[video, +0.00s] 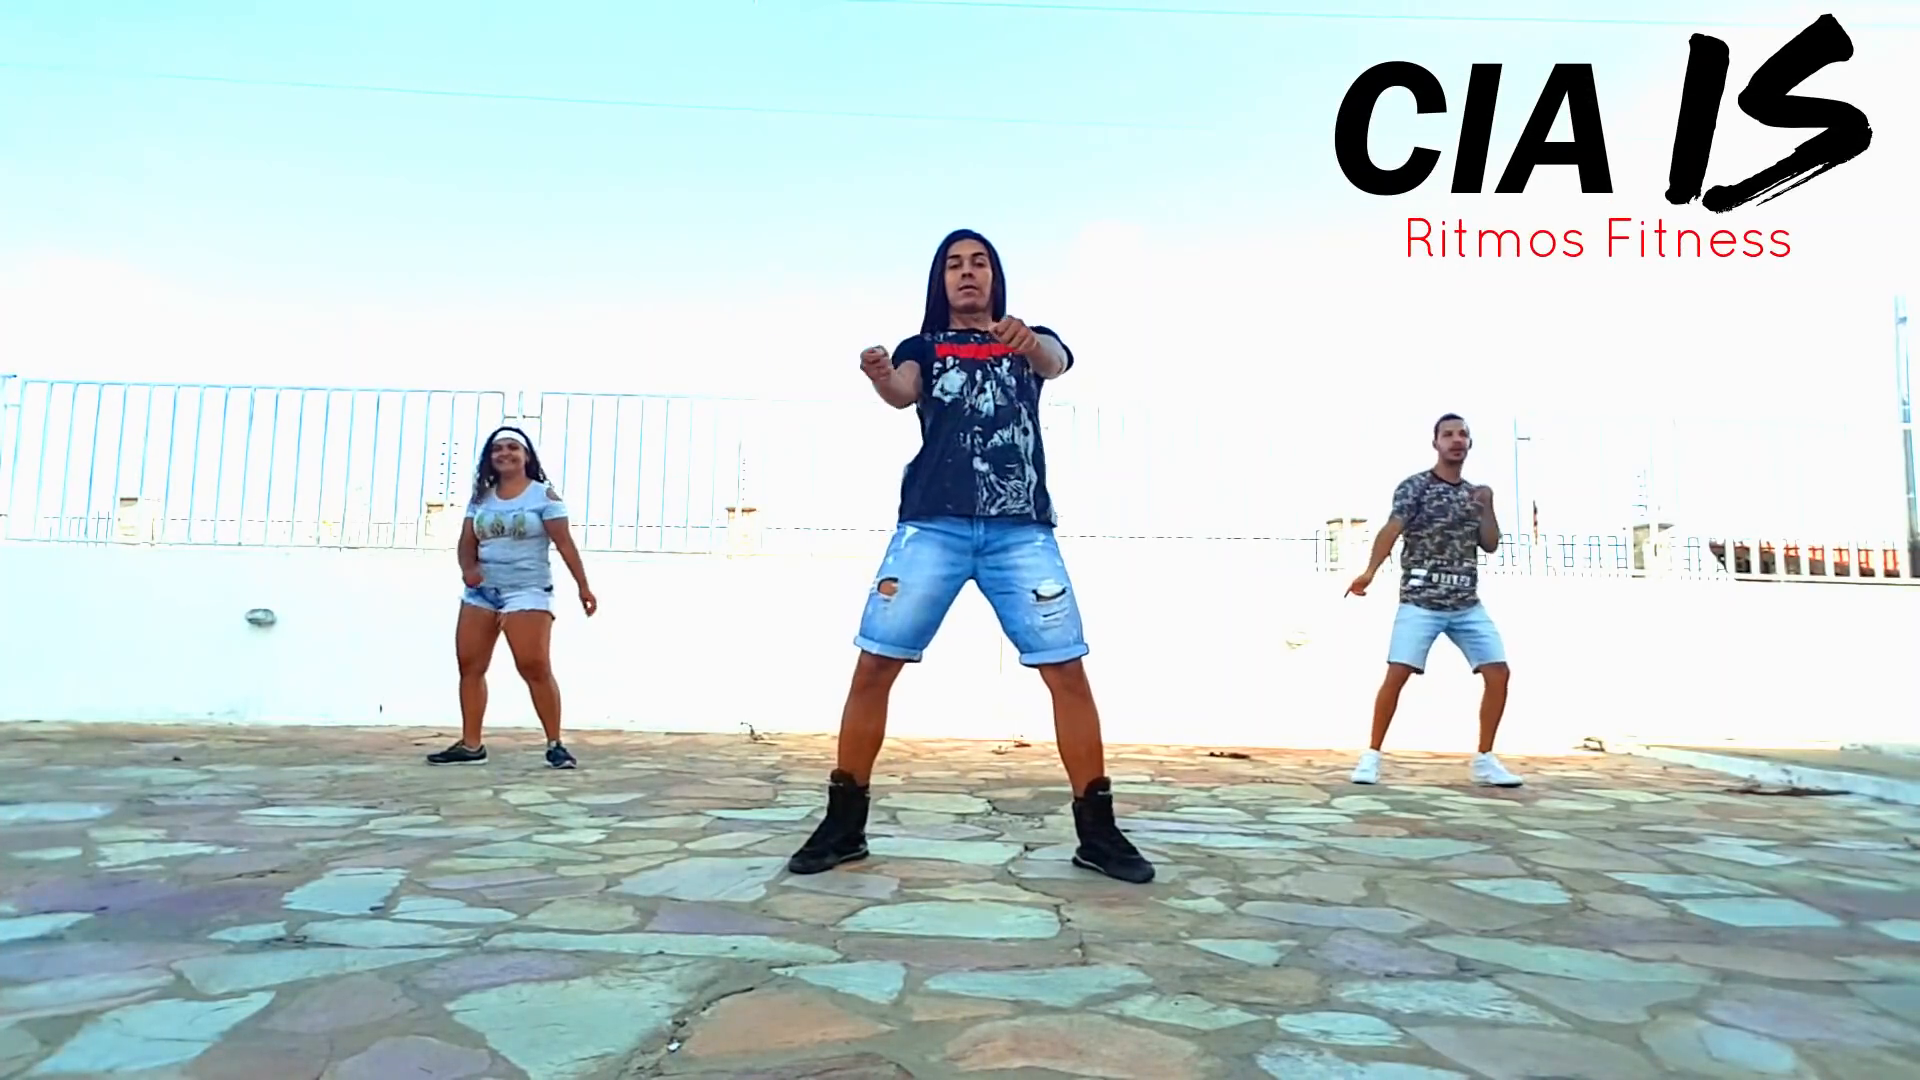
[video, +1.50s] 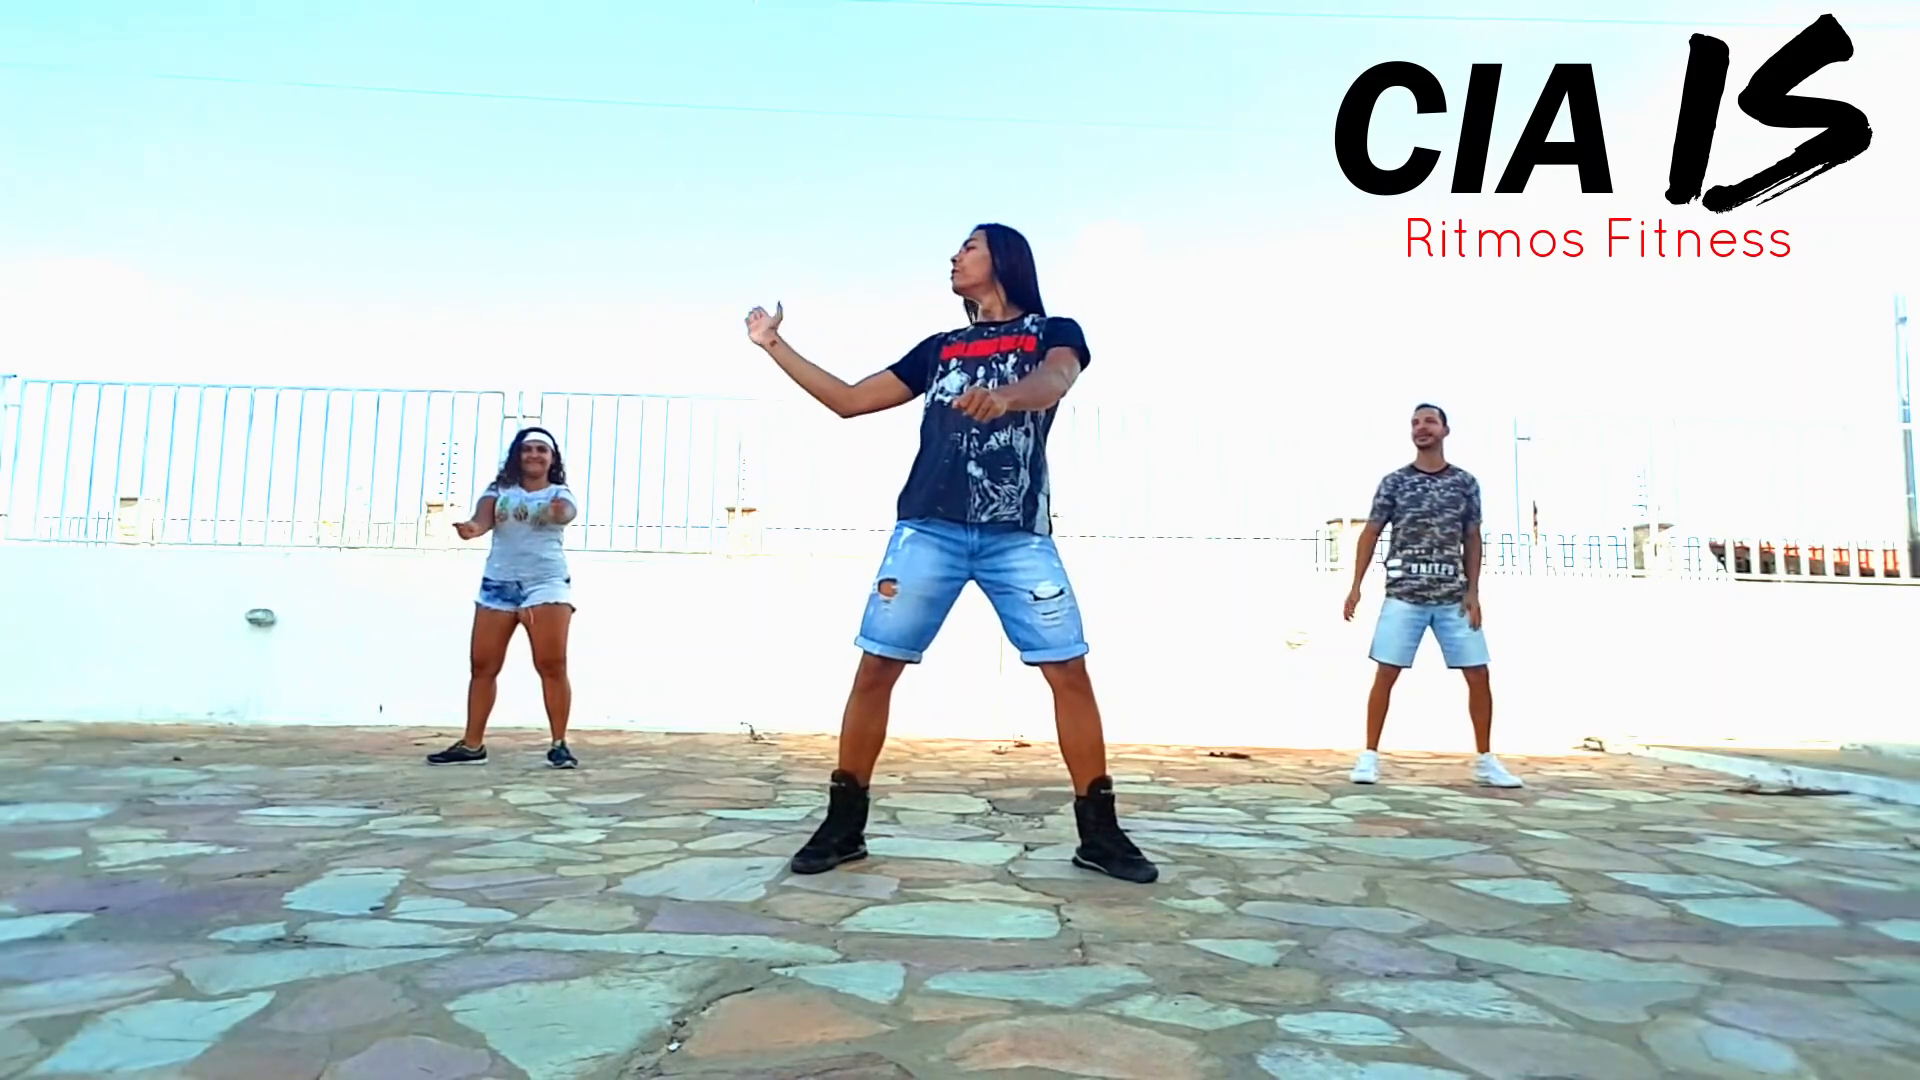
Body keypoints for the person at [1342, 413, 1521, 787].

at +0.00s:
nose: (1457, 440)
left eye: (1462, 435)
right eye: (1449, 434)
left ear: (1470, 444)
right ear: (1435, 443)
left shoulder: (1478, 494)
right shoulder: (1414, 487)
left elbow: (1490, 545)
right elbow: (1390, 532)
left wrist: (1486, 510)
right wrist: (1368, 574)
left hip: (1466, 604)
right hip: (1419, 603)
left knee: (1498, 673)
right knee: (1398, 673)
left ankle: (1484, 759)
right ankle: (1372, 755)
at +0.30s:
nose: (1414, 447)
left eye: (1420, 442)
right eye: (1407, 441)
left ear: (1428, 449)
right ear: (1394, 448)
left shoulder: (1444, 485)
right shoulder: (1383, 504)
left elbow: (1463, 498)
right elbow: (1379, 552)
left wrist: (1476, 492)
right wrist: (1419, 536)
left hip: (1441, 604)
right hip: (1392, 604)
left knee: (1475, 680)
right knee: (1368, 670)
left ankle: (1482, 759)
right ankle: (1367, 755)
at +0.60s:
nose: (1432, 433)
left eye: (1438, 428)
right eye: (1424, 428)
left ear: (1445, 439)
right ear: (1411, 438)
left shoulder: (1459, 485)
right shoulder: (1396, 484)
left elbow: (1477, 527)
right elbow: (1384, 517)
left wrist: (1470, 520)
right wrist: (1428, 504)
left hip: (1462, 599)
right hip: (1415, 599)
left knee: (1495, 672)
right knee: (1396, 674)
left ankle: (1487, 758)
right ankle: (1371, 756)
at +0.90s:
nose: (1465, 444)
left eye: (1466, 439)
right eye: (1457, 437)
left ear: (1458, 448)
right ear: (1433, 444)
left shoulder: (1462, 496)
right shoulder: (1411, 490)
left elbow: (1486, 542)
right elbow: (1415, 528)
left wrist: (1470, 531)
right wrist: (1440, 547)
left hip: (1477, 604)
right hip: (1435, 605)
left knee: (1507, 674)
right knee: (1412, 678)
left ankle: (1487, 759)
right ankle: (1374, 755)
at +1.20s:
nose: (1415, 441)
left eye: (1423, 434)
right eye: (1410, 435)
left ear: (1437, 441)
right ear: (1403, 443)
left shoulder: (1460, 484)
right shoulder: (1392, 496)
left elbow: (1486, 521)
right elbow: (1380, 544)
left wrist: (1497, 553)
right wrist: (1427, 541)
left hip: (1448, 601)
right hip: (1397, 599)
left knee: (1475, 678)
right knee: (1375, 670)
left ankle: (1484, 759)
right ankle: (1368, 755)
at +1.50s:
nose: (1423, 427)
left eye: (1430, 421)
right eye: (1417, 422)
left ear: (1445, 430)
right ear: (1410, 432)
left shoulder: (1465, 483)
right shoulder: (1394, 483)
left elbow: (1473, 541)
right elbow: (1370, 535)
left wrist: (1473, 591)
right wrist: (1356, 586)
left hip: (1454, 598)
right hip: (1404, 597)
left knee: (1479, 673)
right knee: (1387, 672)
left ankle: (1485, 758)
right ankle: (1369, 755)